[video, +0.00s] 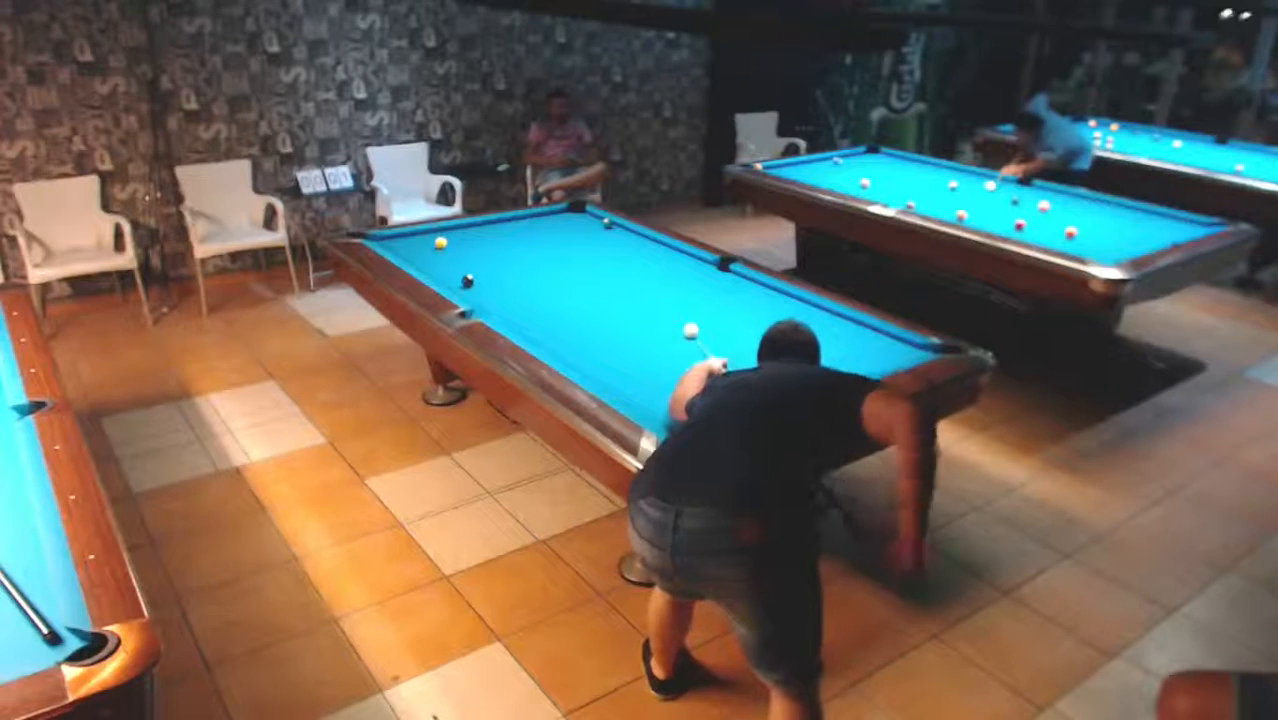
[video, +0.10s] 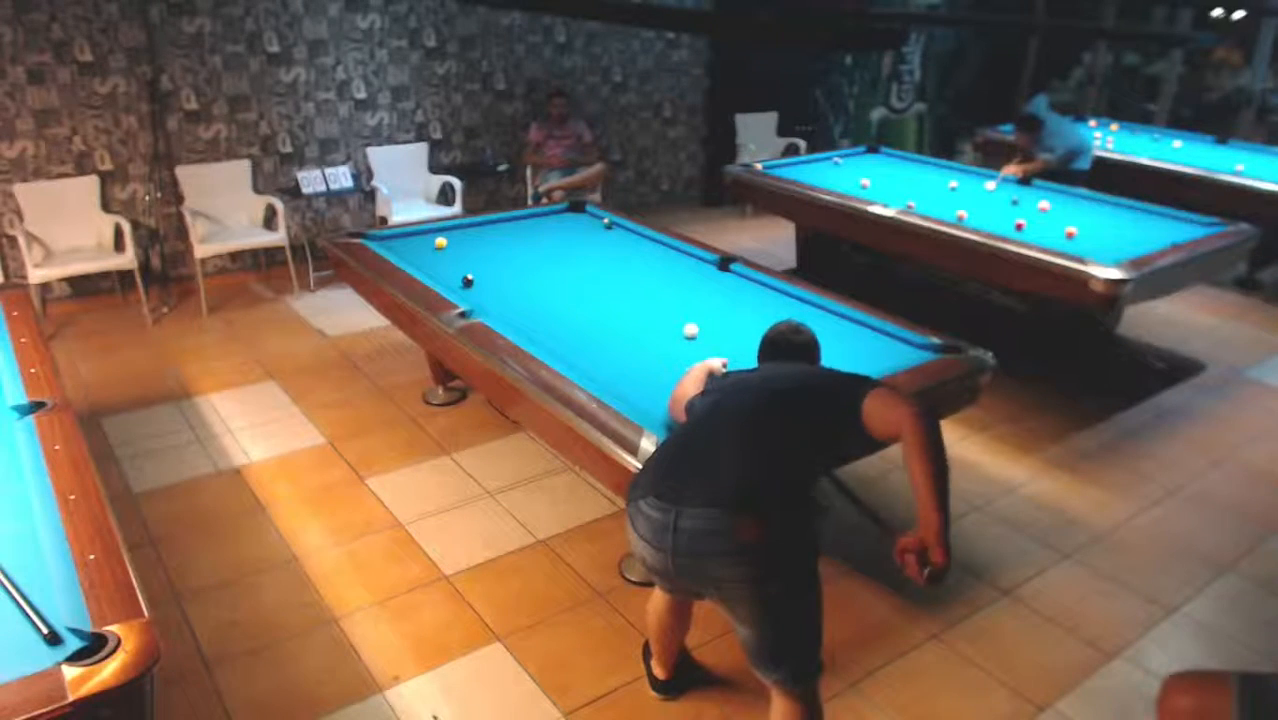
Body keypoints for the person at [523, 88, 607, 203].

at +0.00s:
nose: (560, 111)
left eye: (563, 106)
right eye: (556, 107)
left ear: (569, 107)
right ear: (549, 108)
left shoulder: (578, 125)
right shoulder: (539, 127)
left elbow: (592, 152)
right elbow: (528, 157)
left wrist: (574, 161)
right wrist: (553, 162)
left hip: (577, 166)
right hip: (551, 169)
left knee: (601, 169)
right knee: (559, 196)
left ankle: (548, 188)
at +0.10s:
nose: (560, 111)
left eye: (563, 106)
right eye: (555, 107)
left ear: (568, 107)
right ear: (549, 108)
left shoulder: (578, 125)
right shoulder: (540, 127)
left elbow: (593, 155)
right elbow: (528, 157)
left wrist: (572, 160)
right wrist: (551, 162)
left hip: (576, 166)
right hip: (552, 169)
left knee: (601, 168)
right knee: (558, 196)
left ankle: (550, 187)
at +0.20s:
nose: (560, 111)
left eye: (563, 106)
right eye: (555, 107)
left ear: (568, 107)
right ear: (549, 108)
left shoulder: (578, 125)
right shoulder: (540, 127)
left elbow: (593, 155)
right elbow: (528, 156)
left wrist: (572, 160)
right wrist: (551, 162)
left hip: (576, 166)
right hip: (552, 169)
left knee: (601, 168)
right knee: (558, 196)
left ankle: (550, 187)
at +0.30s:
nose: (560, 111)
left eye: (563, 106)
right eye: (555, 107)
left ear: (568, 108)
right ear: (549, 108)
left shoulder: (578, 125)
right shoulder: (540, 127)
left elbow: (593, 155)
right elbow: (528, 157)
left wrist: (572, 160)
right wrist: (551, 162)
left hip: (576, 166)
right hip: (552, 169)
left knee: (601, 168)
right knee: (558, 196)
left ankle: (550, 187)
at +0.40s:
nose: (560, 111)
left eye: (563, 106)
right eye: (555, 107)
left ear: (568, 108)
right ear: (549, 108)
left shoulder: (578, 125)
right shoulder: (540, 127)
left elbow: (593, 155)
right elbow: (528, 157)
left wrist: (572, 160)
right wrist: (552, 162)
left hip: (576, 166)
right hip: (552, 169)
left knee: (601, 168)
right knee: (558, 196)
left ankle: (549, 187)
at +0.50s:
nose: (560, 111)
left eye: (563, 106)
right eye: (555, 107)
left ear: (568, 108)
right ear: (549, 108)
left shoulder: (578, 125)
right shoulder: (540, 127)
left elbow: (593, 155)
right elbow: (528, 157)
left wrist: (572, 160)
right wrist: (552, 162)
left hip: (576, 166)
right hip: (552, 169)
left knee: (601, 168)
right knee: (558, 196)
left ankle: (549, 187)